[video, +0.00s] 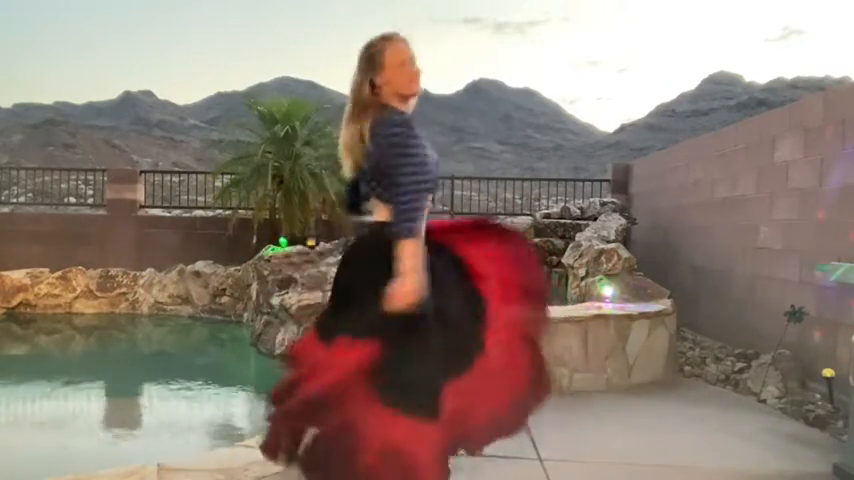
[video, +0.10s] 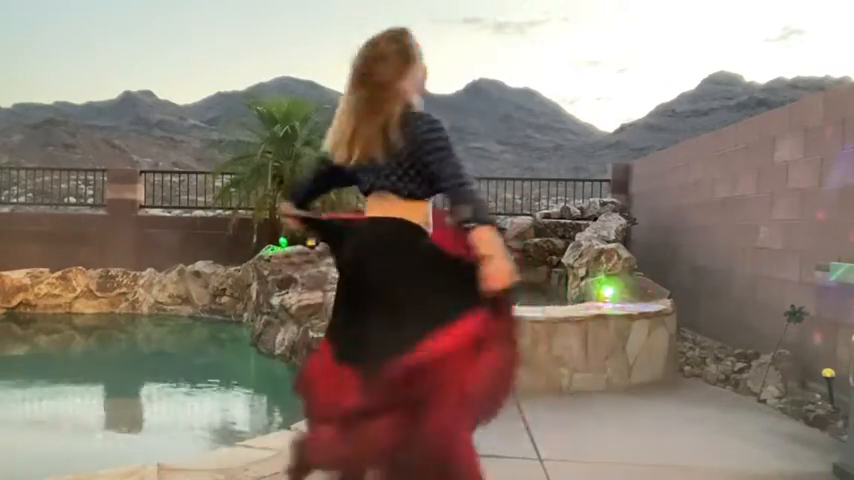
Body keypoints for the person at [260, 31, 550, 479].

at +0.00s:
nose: (415, 74)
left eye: (415, 64)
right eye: (404, 67)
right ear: (376, 79)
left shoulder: (376, 124)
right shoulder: (394, 128)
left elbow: (357, 197)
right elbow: (409, 198)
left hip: (380, 248)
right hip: (398, 252)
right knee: (411, 357)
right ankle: (404, 458)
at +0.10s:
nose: (426, 75)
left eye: (423, 66)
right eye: (421, 66)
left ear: (374, 75)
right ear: (405, 74)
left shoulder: (357, 131)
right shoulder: (422, 127)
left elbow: (327, 173)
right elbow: (458, 188)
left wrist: (293, 205)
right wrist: (492, 248)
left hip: (366, 252)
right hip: (412, 252)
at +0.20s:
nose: (433, 86)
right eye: (429, 78)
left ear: (365, 79)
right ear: (422, 81)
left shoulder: (351, 130)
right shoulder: (437, 131)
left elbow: (300, 168)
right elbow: (480, 185)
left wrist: (253, 193)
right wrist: (532, 239)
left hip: (363, 238)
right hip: (415, 239)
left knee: (372, 349)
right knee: (430, 355)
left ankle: (375, 451)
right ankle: (431, 454)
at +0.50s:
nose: (377, 88)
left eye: (389, 81)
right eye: (380, 79)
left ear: (416, 93)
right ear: (413, 93)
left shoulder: (396, 136)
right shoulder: (426, 146)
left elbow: (365, 192)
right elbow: (459, 201)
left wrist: (317, 226)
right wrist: (500, 243)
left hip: (386, 264)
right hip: (416, 262)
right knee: (418, 378)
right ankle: (420, 463)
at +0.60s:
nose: (389, 89)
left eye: (400, 82)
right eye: (384, 82)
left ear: (424, 92)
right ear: (381, 89)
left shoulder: (416, 141)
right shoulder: (399, 137)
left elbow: (422, 201)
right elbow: (412, 200)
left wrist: (405, 238)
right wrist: (454, 238)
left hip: (410, 261)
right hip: (397, 257)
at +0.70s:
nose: (400, 80)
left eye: (410, 73)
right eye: (393, 74)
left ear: (428, 84)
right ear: (383, 85)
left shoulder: (428, 137)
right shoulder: (392, 137)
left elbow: (462, 184)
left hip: (426, 266)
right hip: (393, 265)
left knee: (423, 384)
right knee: (387, 385)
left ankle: (430, 466)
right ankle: (407, 466)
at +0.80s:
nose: (403, 74)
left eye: (412, 67)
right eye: (395, 68)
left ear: (430, 76)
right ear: (383, 78)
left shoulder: (440, 134)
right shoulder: (378, 134)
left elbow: (492, 178)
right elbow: (361, 181)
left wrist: (549, 212)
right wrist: (342, 201)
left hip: (419, 252)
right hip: (379, 251)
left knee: (410, 360)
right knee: (389, 357)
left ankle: (415, 462)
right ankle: (410, 460)